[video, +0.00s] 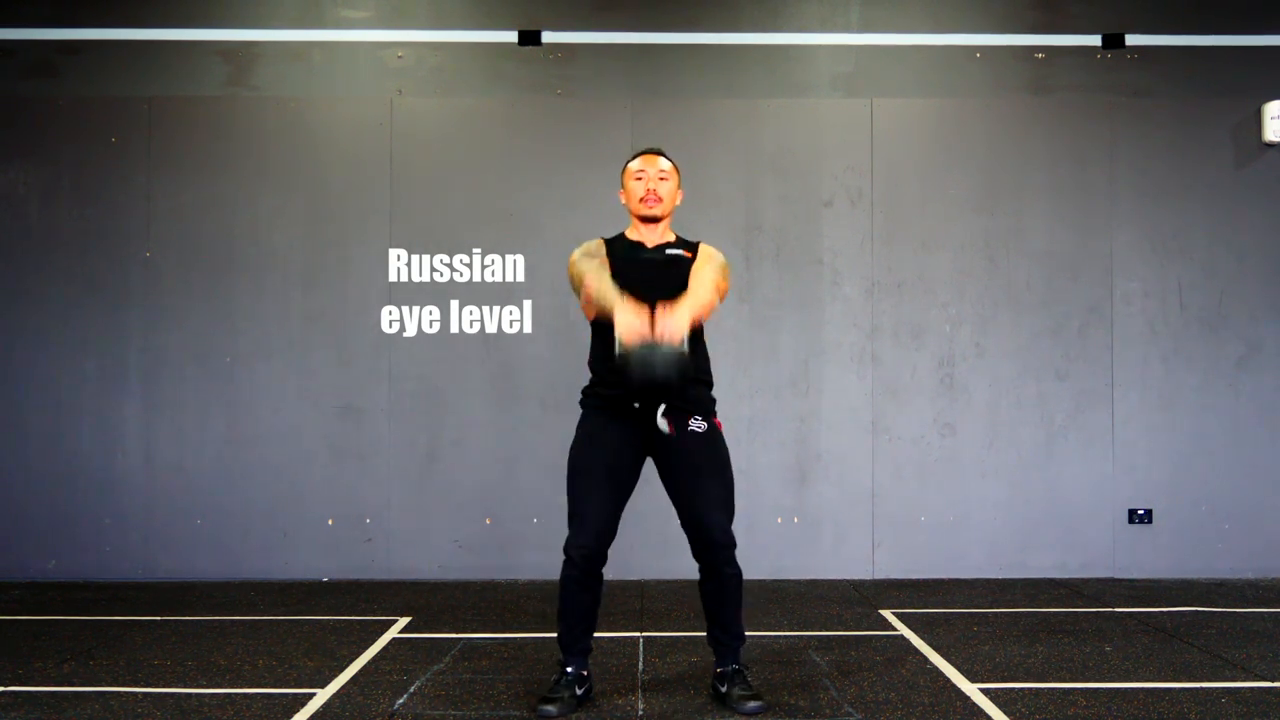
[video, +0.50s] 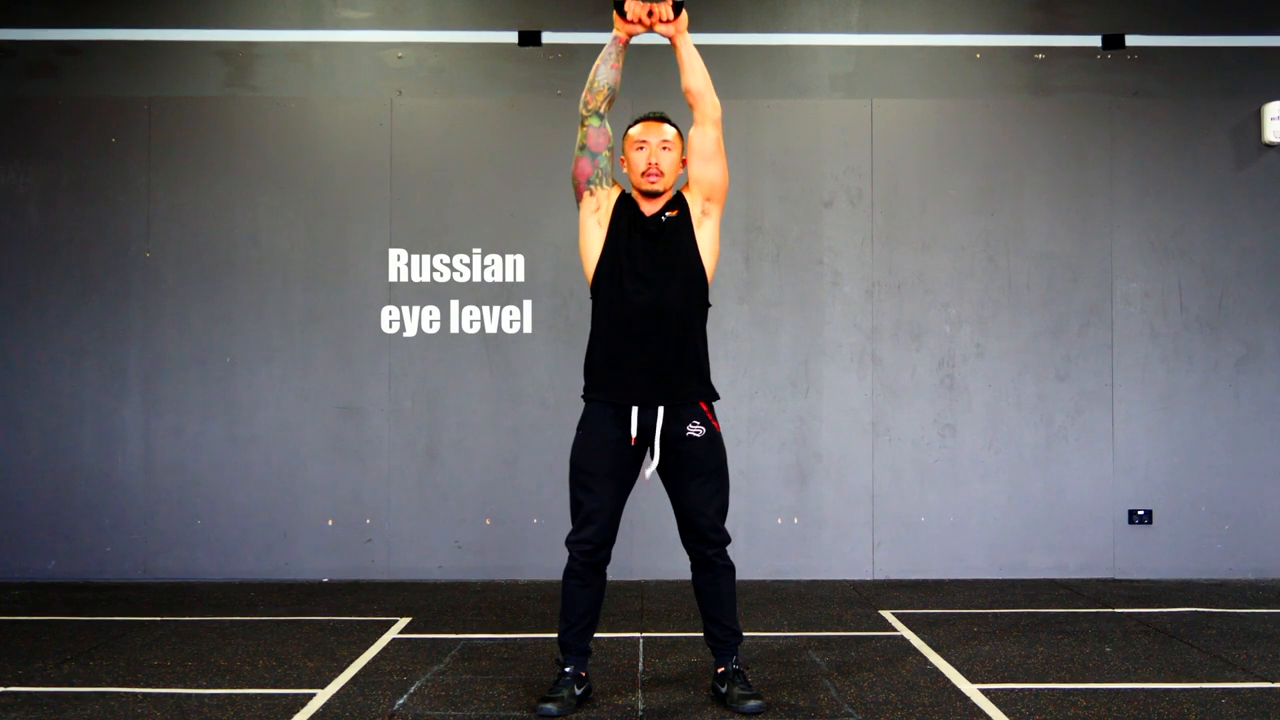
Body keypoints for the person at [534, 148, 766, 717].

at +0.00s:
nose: (651, 183)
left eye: (662, 176)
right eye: (639, 175)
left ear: (679, 194)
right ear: (622, 194)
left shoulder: (705, 257)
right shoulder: (593, 254)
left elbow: (705, 292)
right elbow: (597, 290)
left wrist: (679, 314)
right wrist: (624, 311)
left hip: (687, 417)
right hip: (611, 417)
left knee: (716, 544)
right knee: (584, 546)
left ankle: (730, 671)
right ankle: (573, 673)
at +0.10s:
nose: (653, 181)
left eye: (664, 172)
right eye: (644, 171)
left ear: (679, 190)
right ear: (627, 187)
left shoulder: (703, 255)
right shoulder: (597, 249)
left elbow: (715, 246)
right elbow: (585, 232)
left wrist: (681, 198)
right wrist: (613, 199)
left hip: (686, 415)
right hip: (610, 412)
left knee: (712, 542)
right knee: (583, 545)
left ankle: (729, 670)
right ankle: (573, 672)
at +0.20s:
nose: (657, 166)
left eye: (668, 158)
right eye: (644, 158)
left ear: (683, 175)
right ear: (627, 175)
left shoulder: (705, 242)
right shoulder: (600, 234)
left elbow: (714, 189)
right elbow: (584, 175)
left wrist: (679, 116)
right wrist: (617, 116)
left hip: (686, 414)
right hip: (609, 413)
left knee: (709, 545)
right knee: (586, 543)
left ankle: (729, 672)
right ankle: (573, 674)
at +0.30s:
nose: (654, 159)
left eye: (665, 151)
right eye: (643, 151)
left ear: (684, 166)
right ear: (625, 165)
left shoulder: (705, 226)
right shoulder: (598, 219)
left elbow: (711, 146)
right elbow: (588, 139)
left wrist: (683, 67)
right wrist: (618, 65)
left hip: (685, 410)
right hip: (608, 409)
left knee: (709, 545)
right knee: (586, 546)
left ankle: (728, 671)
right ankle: (572, 673)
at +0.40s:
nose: (652, 153)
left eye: (663, 144)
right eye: (641, 144)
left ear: (683, 158)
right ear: (623, 160)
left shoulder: (703, 215)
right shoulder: (599, 210)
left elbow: (708, 123)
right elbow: (591, 123)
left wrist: (682, 42)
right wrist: (619, 43)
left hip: (686, 409)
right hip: (608, 409)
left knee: (709, 544)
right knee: (586, 546)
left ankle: (729, 670)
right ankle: (572, 673)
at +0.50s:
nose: (652, 153)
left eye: (663, 144)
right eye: (640, 144)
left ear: (682, 157)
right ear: (623, 158)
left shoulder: (702, 211)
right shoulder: (600, 208)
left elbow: (707, 116)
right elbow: (592, 118)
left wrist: (680, 36)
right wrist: (620, 38)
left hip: (687, 408)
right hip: (610, 408)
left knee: (709, 545)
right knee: (587, 545)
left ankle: (729, 670)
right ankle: (572, 673)